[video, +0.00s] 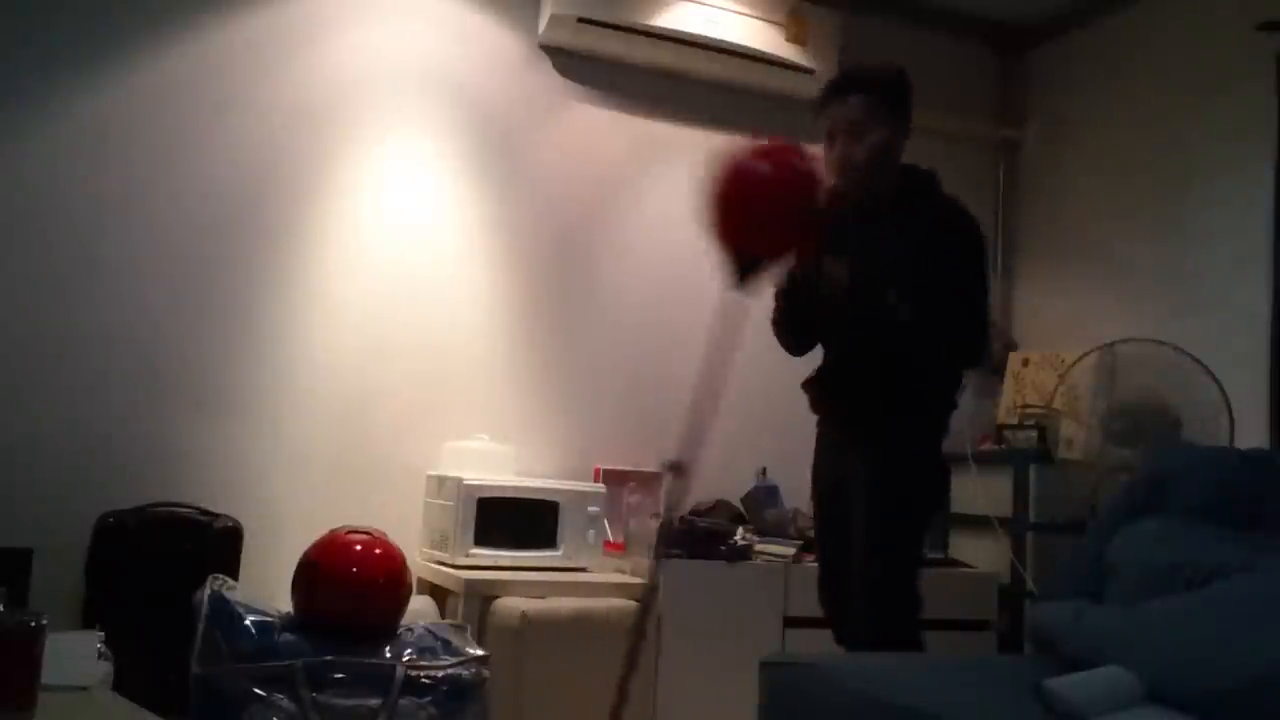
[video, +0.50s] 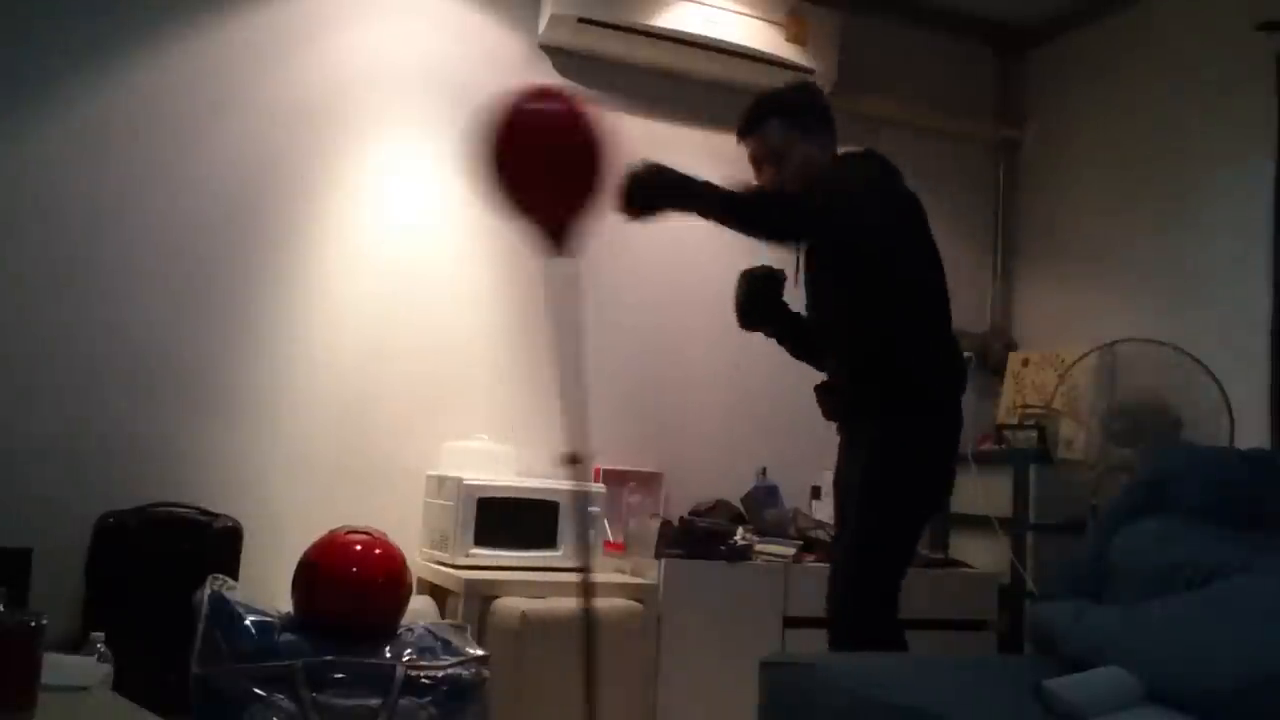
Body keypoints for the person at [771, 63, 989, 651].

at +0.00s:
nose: (841, 151)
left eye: (858, 134)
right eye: (831, 136)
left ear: (896, 136)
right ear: (823, 140)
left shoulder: (944, 222)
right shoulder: (833, 218)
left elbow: (966, 342)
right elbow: (794, 335)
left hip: (906, 428)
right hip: (841, 427)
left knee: (885, 603)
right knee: (841, 601)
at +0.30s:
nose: (784, 193)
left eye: (790, 176)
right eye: (775, 182)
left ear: (825, 158)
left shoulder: (895, 208)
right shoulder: (819, 233)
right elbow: (805, 348)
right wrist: (767, 277)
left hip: (905, 429)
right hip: (867, 427)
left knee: (866, 599)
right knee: (862, 598)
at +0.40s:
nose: (771, 189)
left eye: (778, 170)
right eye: (762, 178)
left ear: (816, 151)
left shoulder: (878, 192)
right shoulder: (824, 237)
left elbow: (862, 258)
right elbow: (816, 351)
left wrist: (767, 234)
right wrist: (766, 298)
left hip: (911, 424)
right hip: (869, 428)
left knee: (872, 605)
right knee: (865, 605)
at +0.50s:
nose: (764, 179)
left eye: (771, 161)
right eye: (757, 166)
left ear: (809, 141)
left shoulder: (863, 181)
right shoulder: (837, 219)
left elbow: (778, 215)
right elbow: (839, 356)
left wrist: (676, 191)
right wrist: (773, 314)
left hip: (904, 425)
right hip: (881, 425)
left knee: (860, 609)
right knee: (859, 609)